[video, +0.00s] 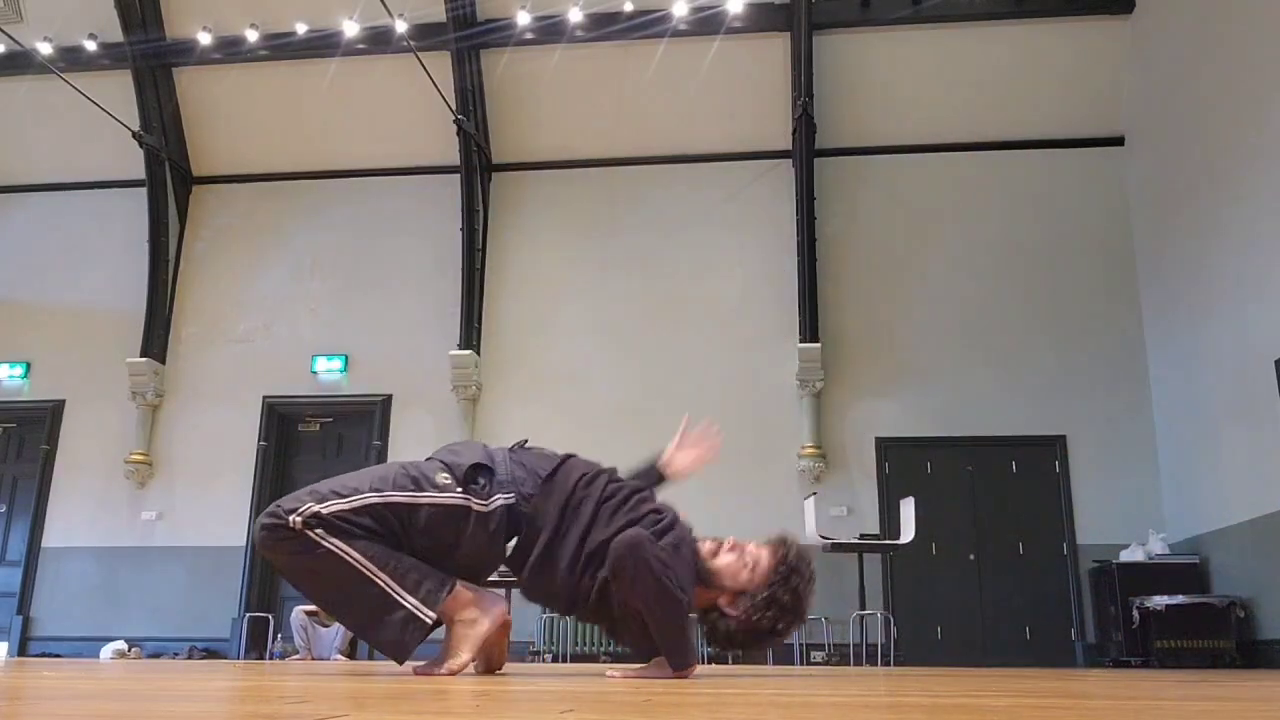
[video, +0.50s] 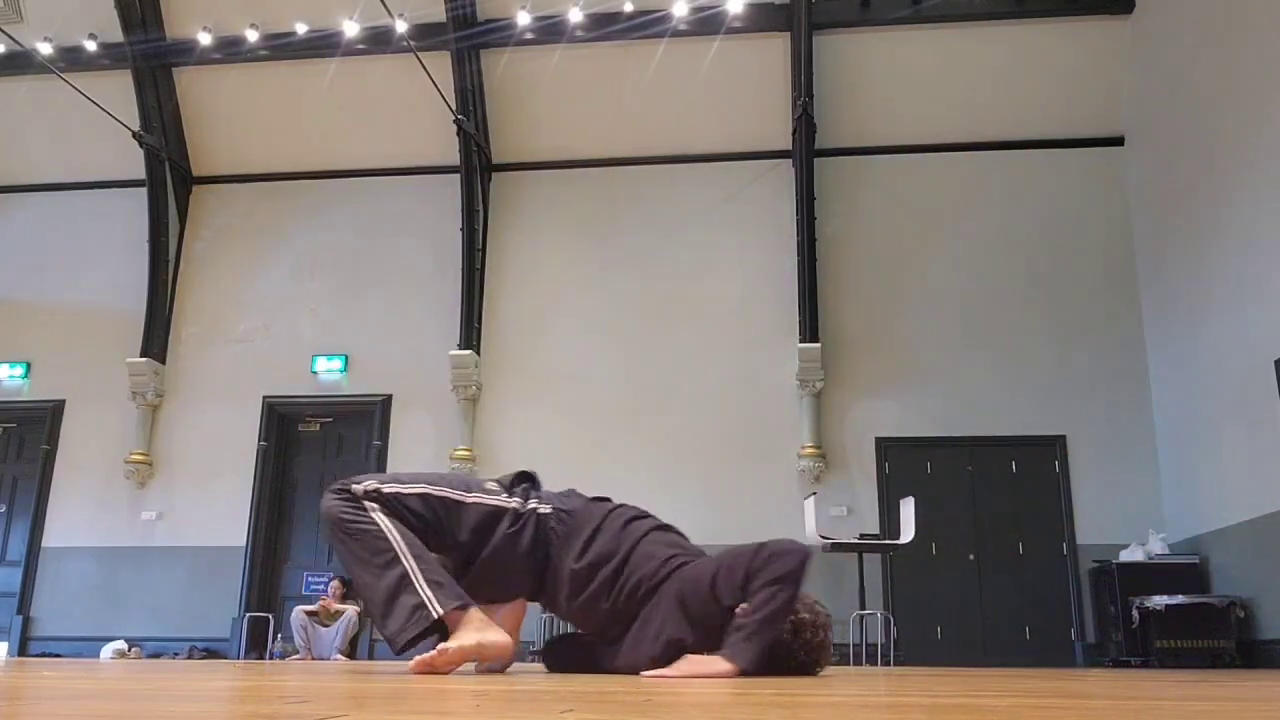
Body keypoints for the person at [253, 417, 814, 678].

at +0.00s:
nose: (735, 543)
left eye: (748, 560)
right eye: (749, 543)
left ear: (732, 605)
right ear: (734, 541)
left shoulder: (667, 560)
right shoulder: (668, 557)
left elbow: (632, 549)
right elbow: (611, 513)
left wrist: (676, 663)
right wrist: (660, 470)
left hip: (490, 500)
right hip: (485, 499)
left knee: (288, 525)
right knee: (294, 522)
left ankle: (463, 611)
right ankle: (476, 612)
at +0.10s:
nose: (722, 555)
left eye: (733, 568)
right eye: (737, 558)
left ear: (724, 611)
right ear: (715, 621)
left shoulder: (673, 571)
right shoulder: (651, 631)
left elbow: (659, 546)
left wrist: (670, 671)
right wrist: (646, 662)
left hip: (491, 504)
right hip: (484, 501)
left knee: (289, 524)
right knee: (291, 523)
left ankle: (461, 609)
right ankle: (473, 609)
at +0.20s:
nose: (728, 580)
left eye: (737, 596)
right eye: (742, 588)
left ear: (726, 621)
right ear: (728, 631)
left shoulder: (678, 619)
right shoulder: (641, 641)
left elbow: (688, 534)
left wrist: (690, 657)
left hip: (495, 511)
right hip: (489, 500)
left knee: (293, 515)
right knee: (294, 514)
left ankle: (459, 610)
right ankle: (472, 615)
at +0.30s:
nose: (737, 596)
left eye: (740, 603)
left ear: (736, 609)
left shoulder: (692, 596)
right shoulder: (631, 648)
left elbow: (718, 532)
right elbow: (520, 645)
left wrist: (700, 657)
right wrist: (370, 602)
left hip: (508, 520)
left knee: (305, 504)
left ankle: (459, 609)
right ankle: (480, 628)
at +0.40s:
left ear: (750, 619)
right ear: (770, 667)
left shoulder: (706, 592)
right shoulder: (648, 654)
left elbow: (755, 544)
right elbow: (543, 654)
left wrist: (713, 656)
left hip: (528, 530)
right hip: (524, 559)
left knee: (327, 499)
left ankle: (463, 615)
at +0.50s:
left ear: (764, 628)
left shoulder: (715, 592)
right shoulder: (656, 652)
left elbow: (789, 556)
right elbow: (558, 656)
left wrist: (737, 657)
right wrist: (647, 666)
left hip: (544, 534)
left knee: (351, 497)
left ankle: (468, 624)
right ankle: (494, 623)